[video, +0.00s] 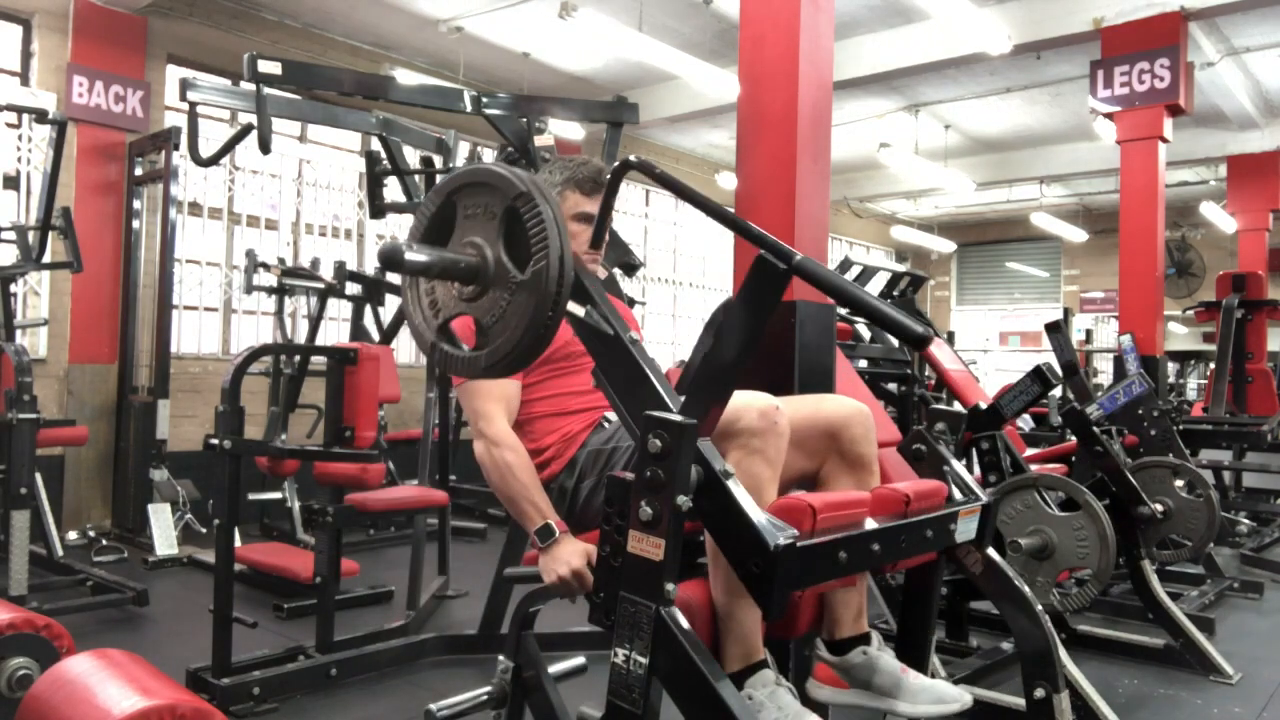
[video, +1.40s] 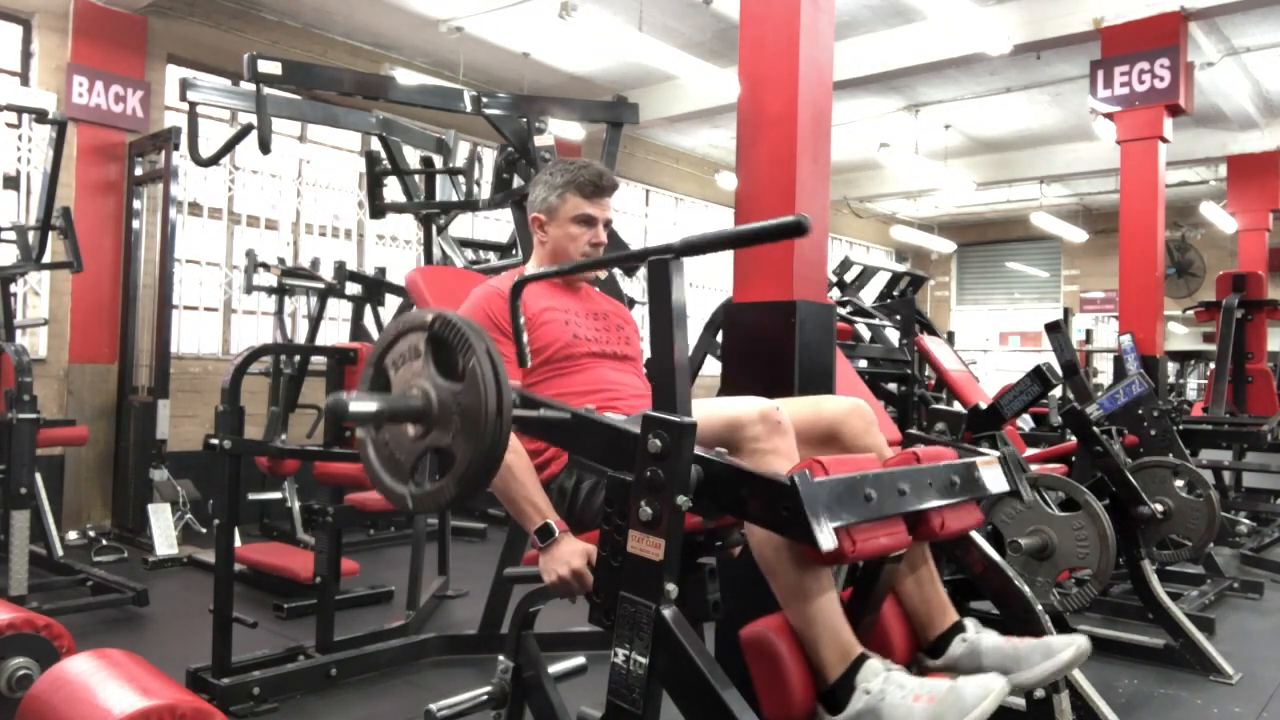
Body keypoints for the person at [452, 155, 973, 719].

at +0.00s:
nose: (598, 237)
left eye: (604, 224)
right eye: (584, 221)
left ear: (606, 229)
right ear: (541, 221)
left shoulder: (607, 303)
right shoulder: (501, 303)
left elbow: (644, 390)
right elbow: (492, 436)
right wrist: (550, 536)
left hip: (655, 444)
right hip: (587, 466)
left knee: (849, 422)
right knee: (754, 419)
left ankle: (849, 643)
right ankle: (745, 669)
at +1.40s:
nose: (600, 238)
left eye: (605, 227)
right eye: (585, 225)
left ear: (603, 231)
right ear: (539, 223)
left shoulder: (611, 306)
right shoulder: (497, 299)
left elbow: (652, 400)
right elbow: (483, 422)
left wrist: (729, 416)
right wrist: (551, 535)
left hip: (666, 442)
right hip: (589, 465)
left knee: (852, 418)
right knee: (761, 431)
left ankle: (943, 637)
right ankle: (849, 681)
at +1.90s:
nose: (593, 236)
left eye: (600, 223)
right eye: (579, 221)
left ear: (600, 225)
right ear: (534, 223)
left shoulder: (597, 300)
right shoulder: (495, 301)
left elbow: (635, 395)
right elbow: (494, 432)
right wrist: (556, 531)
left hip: (656, 437)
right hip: (589, 457)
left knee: (841, 415)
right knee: (778, 421)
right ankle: (925, 643)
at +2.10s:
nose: (593, 238)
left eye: (601, 225)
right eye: (578, 222)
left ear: (604, 230)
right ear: (534, 224)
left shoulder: (611, 308)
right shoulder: (493, 303)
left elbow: (649, 402)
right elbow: (494, 435)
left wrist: (712, 425)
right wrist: (549, 537)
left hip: (655, 452)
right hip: (588, 469)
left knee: (806, 473)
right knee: (795, 418)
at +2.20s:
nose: (596, 235)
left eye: (602, 223)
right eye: (580, 220)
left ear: (603, 231)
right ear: (534, 224)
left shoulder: (612, 307)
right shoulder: (494, 301)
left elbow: (653, 404)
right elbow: (490, 431)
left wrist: (743, 412)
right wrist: (550, 534)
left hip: (659, 463)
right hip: (585, 475)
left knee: (808, 481)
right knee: (797, 419)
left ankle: (960, 602)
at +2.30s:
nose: (596, 233)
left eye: (602, 222)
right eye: (580, 218)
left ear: (602, 232)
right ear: (534, 223)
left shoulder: (611, 305)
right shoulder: (495, 300)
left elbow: (650, 402)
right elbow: (488, 432)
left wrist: (744, 414)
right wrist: (555, 536)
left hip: (663, 446)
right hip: (593, 462)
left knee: (867, 452)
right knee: (777, 437)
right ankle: (961, 588)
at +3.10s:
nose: (592, 231)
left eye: (598, 219)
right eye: (577, 216)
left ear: (599, 226)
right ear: (533, 220)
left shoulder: (609, 305)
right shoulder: (495, 298)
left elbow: (653, 397)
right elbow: (488, 429)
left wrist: (722, 432)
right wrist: (548, 532)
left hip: (657, 439)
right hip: (582, 458)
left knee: (818, 451)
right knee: (770, 456)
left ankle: (1002, 492)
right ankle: (988, 494)